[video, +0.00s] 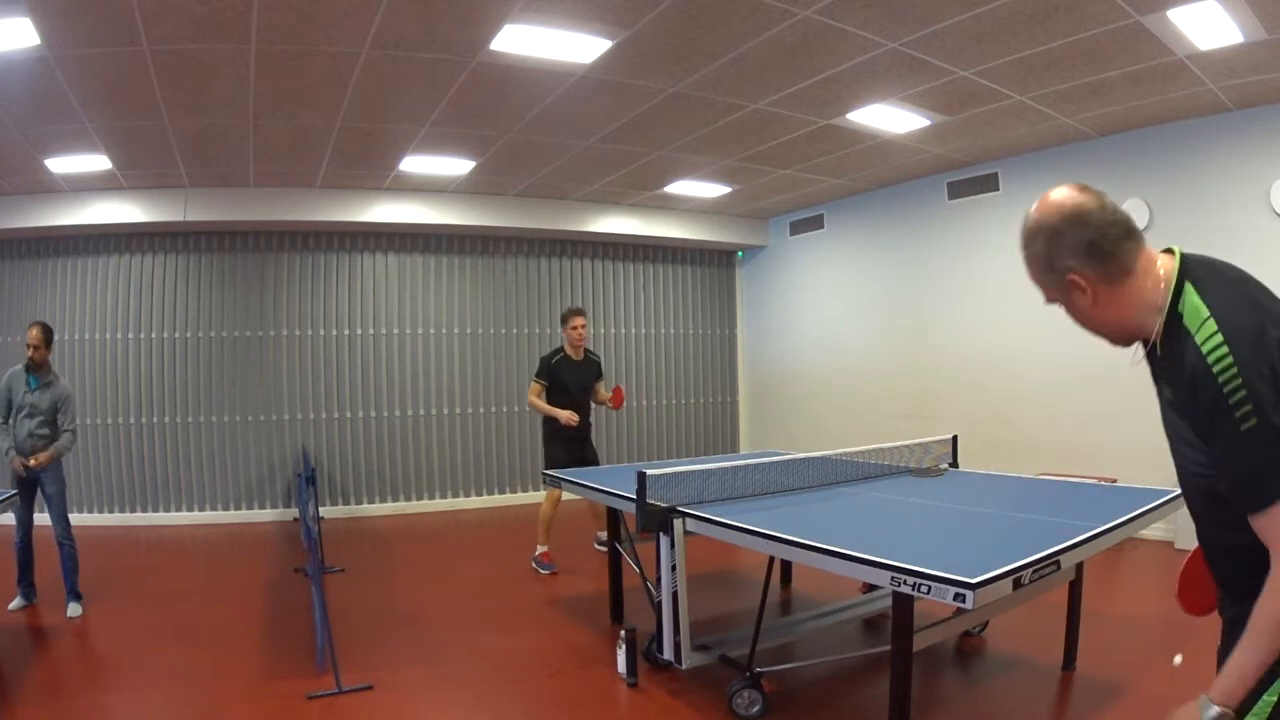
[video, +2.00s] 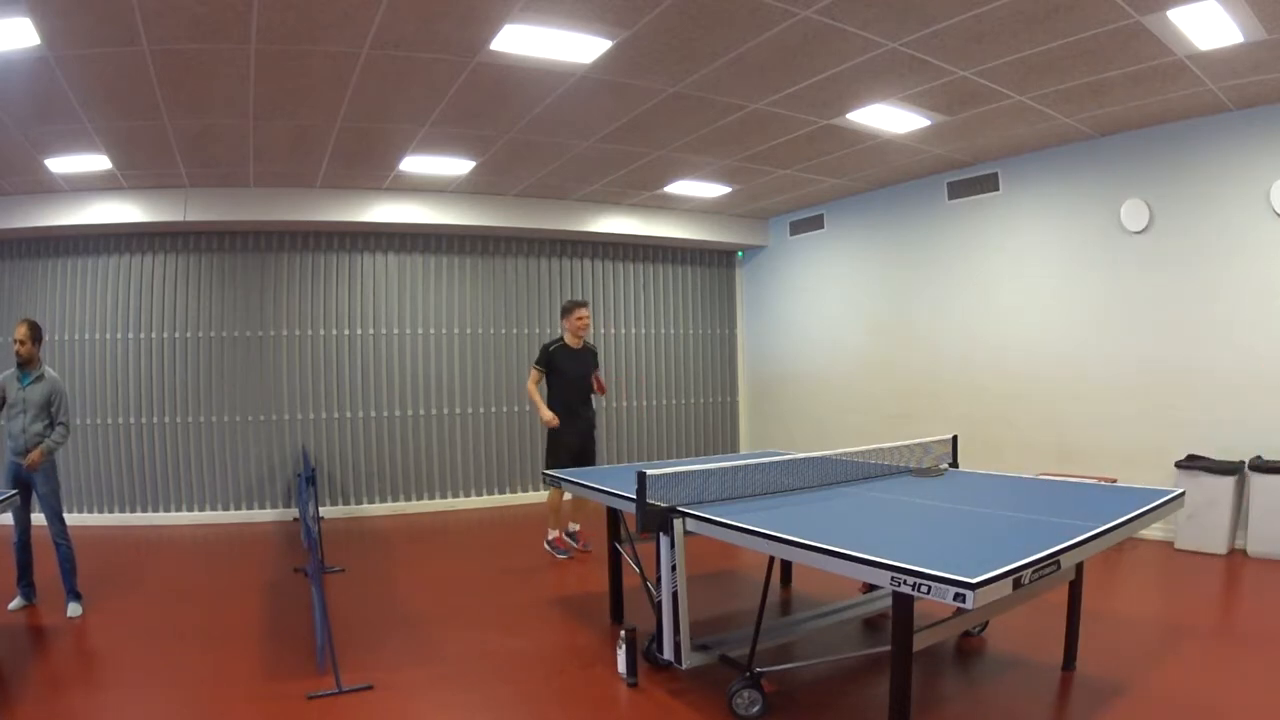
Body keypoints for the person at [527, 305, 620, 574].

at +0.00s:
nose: (580, 332)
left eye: (583, 327)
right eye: (574, 328)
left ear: (588, 330)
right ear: (563, 332)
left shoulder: (593, 362)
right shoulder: (550, 362)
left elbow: (598, 395)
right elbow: (533, 398)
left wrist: (610, 399)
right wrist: (559, 413)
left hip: (583, 436)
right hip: (557, 437)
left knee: (598, 488)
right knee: (554, 493)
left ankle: (604, 534)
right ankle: (541, 551)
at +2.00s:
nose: (585, 323)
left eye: (587, 318)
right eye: (579, 318)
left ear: (590, 321)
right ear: (565, 322)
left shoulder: (590, 352)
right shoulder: (550, 351)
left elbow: (591, 380)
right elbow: (531, 384)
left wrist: (599, 387)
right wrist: (543, 410)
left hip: (585, 425)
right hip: (561, 425)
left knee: (584, 481)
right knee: (558, 483)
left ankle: (572, 529)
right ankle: (553, 535)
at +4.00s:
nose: (599, 339)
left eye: (601, 335)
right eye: (595, 334)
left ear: (600, 335)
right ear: (580, 332)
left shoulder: (595, 360)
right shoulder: (560, 356)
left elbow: (596, 393)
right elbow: (537, 385)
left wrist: (611, 391)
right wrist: (553, 416)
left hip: (586, 428)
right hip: (565, 428)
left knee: (585, 482)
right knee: (565, 484)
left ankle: (579, 533)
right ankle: (560, 539)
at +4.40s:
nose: (582, 341)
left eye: (586, 336)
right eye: (578, 336)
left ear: (591, 334)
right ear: (569, 333)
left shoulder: (594, 359)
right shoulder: (555, 358)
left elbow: (600, 393)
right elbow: (540, 393)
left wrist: (609, 388)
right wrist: (562, 398)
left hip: (586, 430)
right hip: (564, 431)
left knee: (585, 483)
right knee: (564, 485)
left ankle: (579, 533)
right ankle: (560, 539)